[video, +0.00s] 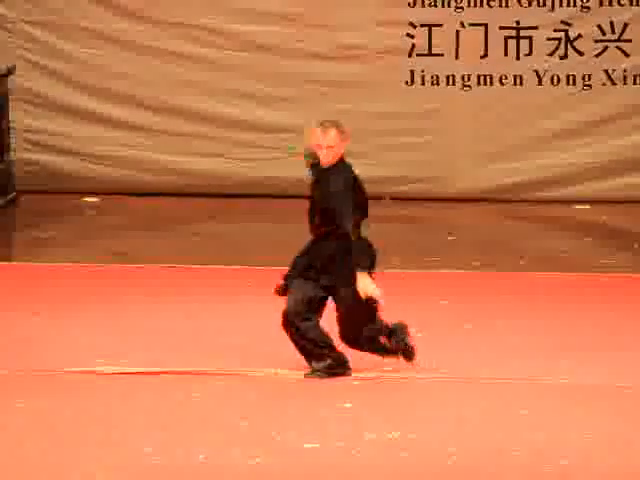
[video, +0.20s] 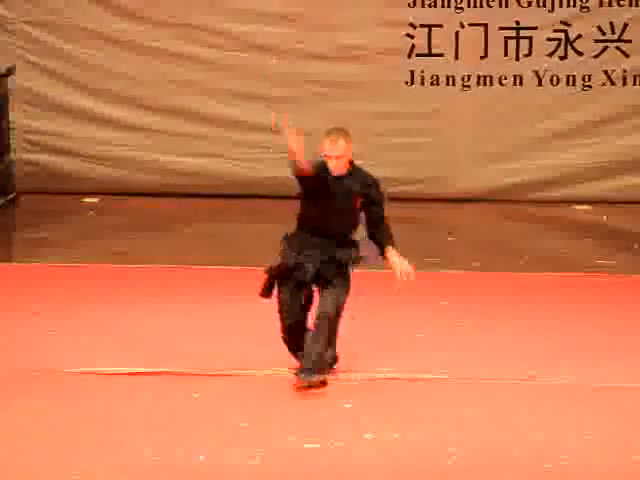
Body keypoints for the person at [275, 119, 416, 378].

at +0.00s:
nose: (324, 153)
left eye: (331, 147)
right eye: (320, 147)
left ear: (344, 145)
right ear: (315, 147)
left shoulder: (342, 177)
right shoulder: (323, 175)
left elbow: (351, 226)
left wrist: (361, 271)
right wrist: (293, 276)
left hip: (348, 258)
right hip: (322, 256)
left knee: (354, 330)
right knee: (296, 315)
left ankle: (394, 339)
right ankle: (329, 361)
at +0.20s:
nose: (333, 163)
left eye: (338, 157)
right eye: (328, 157)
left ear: (350, 154)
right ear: (322, 153)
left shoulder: (365, 184)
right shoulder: (313, 176)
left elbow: (376, 224)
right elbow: (302, 174)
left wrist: (391, 253)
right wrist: (296, 156)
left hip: (337, 253)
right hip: (303, 249)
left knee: (328, 311)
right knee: (290, 313)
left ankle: (313, 369)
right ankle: (308, 355)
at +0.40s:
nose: (354, 182)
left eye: (359, 176)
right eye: (348, 175)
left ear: (365, 173)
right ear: (336, 169)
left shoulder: (359, 191)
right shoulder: (325, 197)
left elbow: (357, 216)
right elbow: (338, 249)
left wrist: (360, 237)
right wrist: (371, 274)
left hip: (325, 262)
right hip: (299, 262)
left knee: (330, 324)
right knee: (294, 330)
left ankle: (304, 383)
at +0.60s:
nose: (353, 190)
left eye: (360, 185)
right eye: (349, 183)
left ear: (368, 184)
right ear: (341, 179)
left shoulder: (331, 190)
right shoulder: (336, 201)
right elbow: (359, 244)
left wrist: (373, 211)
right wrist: (384, 220)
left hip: (301, 257)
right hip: (295, 260)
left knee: (345, 296)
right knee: (312, 309)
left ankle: (315, 357)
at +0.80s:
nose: (379, 190)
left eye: (379, 182)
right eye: (372, 183)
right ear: (352, 184)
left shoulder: (347, 210)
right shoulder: (333, 210)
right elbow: (312, 250)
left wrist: (345, 274)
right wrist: (337, 279)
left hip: (322, 278)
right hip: (304, 280)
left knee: (366, 302)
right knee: (338, 324)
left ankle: (340, 353)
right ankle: (307, 378)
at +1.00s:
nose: (379, 244)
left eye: (383, 239)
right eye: (378, 238)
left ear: (368, 223)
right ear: (365, 229)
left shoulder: (351, 215)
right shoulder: (347, 247)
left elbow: (354, 183)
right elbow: (328, 273)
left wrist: (355, 143)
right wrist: (314, 303)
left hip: (314, 293)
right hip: (300, 299)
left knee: (362, 320)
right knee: (348, 342)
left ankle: (341, 371)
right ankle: (312, 377)